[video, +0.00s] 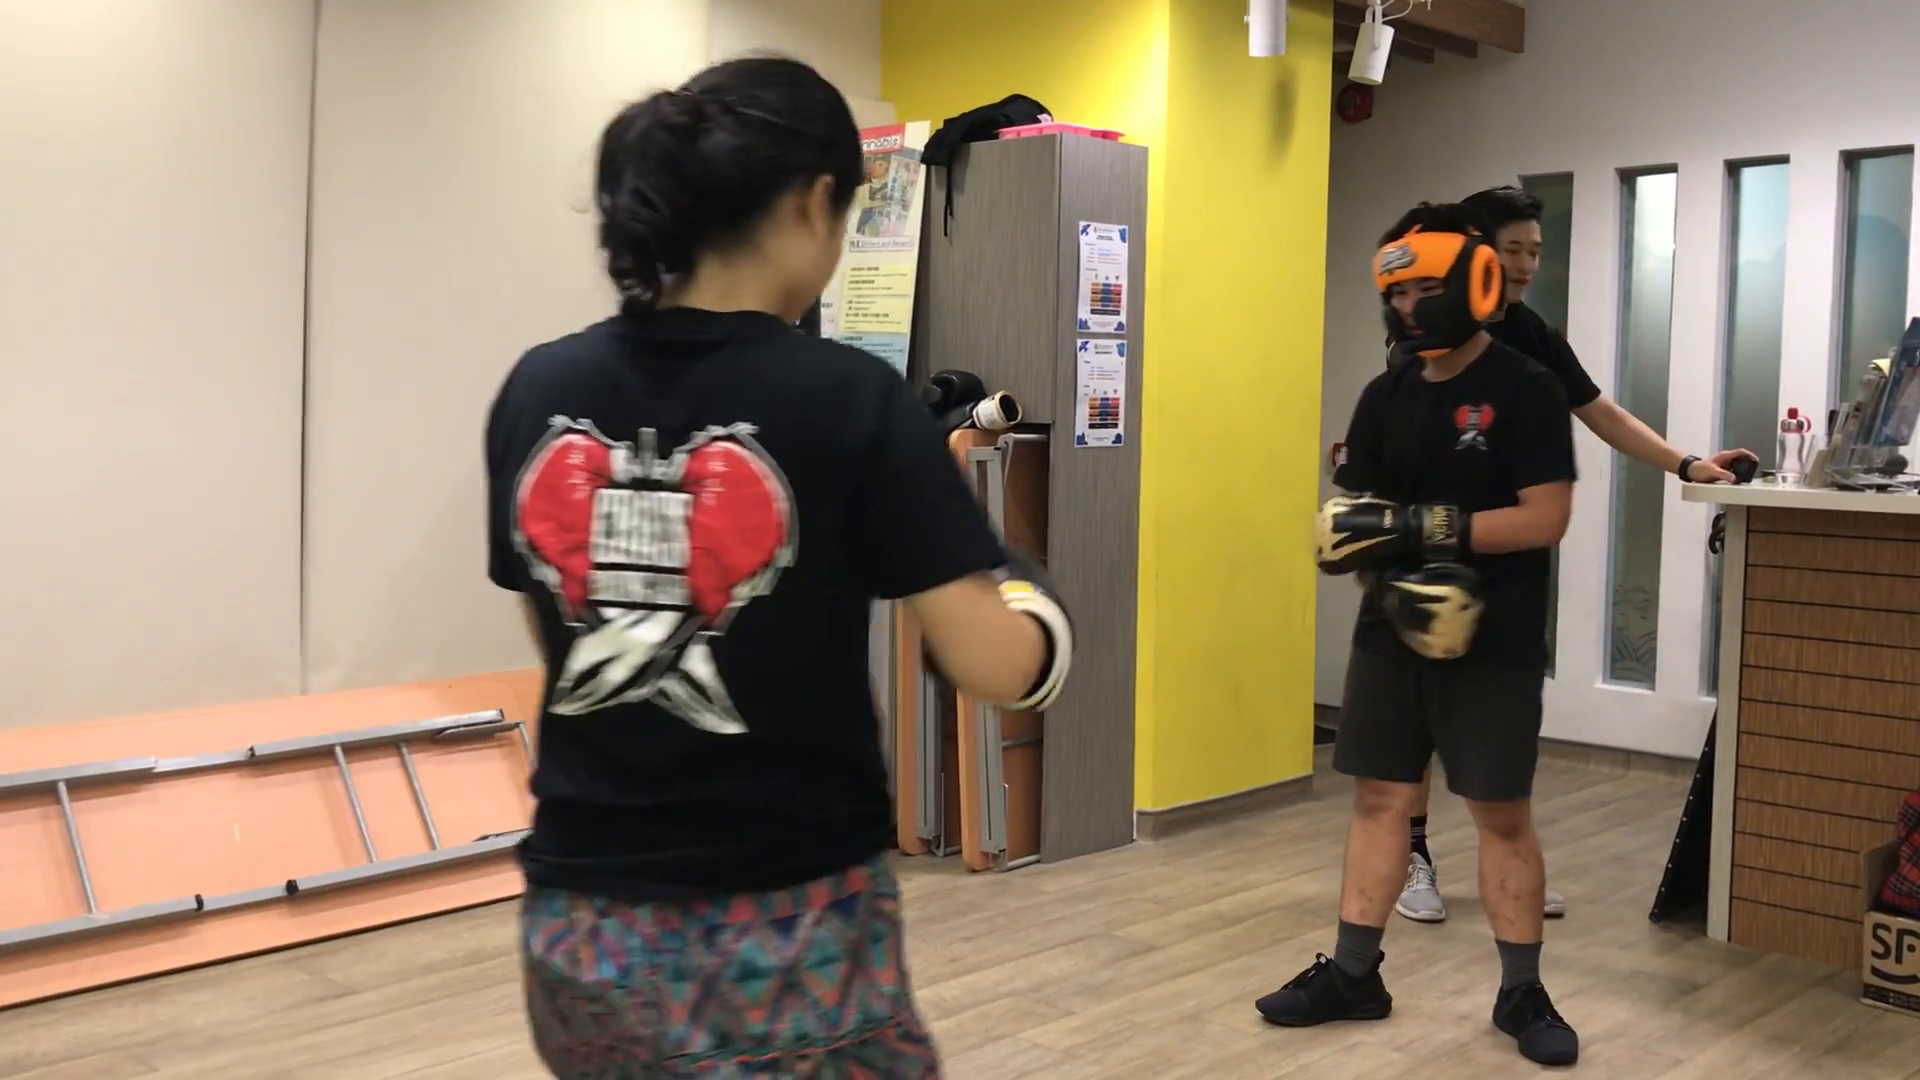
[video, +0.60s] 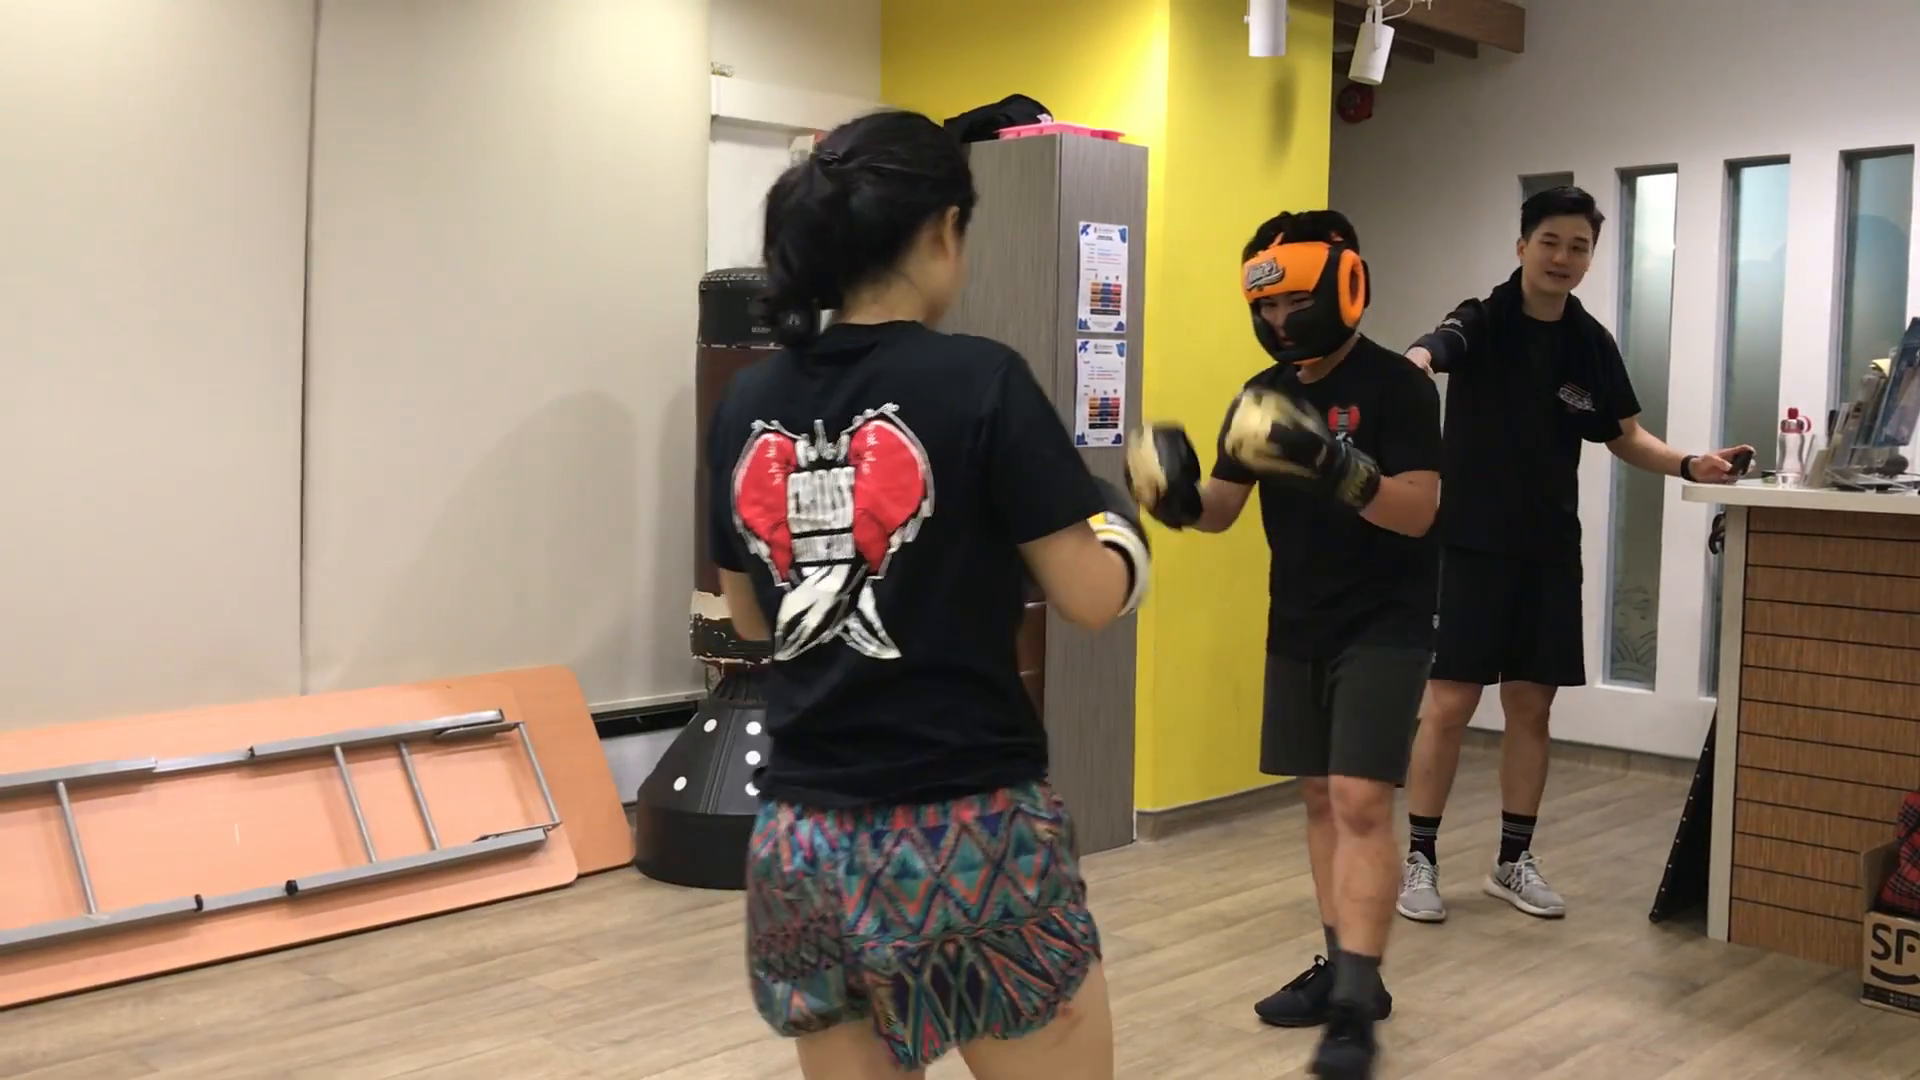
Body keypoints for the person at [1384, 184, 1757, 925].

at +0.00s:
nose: (1529, 266)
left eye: (1535, 252)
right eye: (1516, 252)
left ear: (1534, 256)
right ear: (1473, 253)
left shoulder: (1535, 339)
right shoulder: (1424, 345)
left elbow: (1607, 418)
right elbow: (1389, 435)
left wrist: (1686, 464)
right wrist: (1363, 475)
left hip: (1510, 556)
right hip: (1418, 555)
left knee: (1504, 707)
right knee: (1414, 710)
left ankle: (1511, 871)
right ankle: (1412, 855)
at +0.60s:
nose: (1563, 256)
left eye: (1578, 247)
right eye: (1551, 241)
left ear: (1591, 257)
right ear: (1522, 245)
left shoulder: (1591, 343)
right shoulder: (1479, 320)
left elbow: (1626, 437)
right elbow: (1413, 364)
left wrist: (1690, 463)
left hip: (1547, 548)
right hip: (1470, 542)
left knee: (1531, 706)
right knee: (1448, 703)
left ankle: (1515, 861)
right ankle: (1419, 859)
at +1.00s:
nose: (1605, 275)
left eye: (1612, 263)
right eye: (1595, 258)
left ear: (1611, 269)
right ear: (1552, 253)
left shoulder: (1601, 345)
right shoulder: (1488, 319)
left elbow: (1642, 438)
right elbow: (1431, 363)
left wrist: (1683, 428)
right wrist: (1464, 363)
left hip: (1562, 548)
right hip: (1486, 543)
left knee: (1538, 706)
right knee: (1463, 704)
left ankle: (1515, 860)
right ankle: (1437, 862)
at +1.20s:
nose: (1602, 275)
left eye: (1611, 265)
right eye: (1591, 260)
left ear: (1610, 269)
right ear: (1547, 251)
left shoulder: (1604, 345)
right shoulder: (1488, 326)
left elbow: (1647, 447)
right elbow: (1468, 405)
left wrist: (1658, 424)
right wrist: (1569, 399)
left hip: (1563, 549)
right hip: (1485, 543)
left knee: (1537, 707)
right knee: (1461, 704)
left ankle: (1514, 862)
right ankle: (1439, 863)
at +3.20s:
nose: (1555, 253)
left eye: (1570, 241)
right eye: (1543, 238)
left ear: (1593, 253)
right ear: (1521, 246)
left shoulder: (1601, 338)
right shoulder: (1486, 319)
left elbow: (1641, 433)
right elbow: (1478, 333)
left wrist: (1704, 461)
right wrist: (1516, 312)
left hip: (1565, 545)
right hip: (1488, 538)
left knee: (1540, 709)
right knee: (1460, 707)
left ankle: (1514, 861)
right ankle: (1436, 863)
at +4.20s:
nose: (1571, 254)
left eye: (1587, 243)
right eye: (1558, 240)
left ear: (1605, 253)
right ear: (1536, 245)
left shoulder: (1617, 340)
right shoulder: (1502, 325)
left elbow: (1641, 437)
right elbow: (1449, 412)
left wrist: (1684, 457)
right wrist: (1526, 381)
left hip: (1573, 545)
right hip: (1496, 539)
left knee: (1543, 706)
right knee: (1468, 700)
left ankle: (1515, 861)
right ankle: (1435, 861)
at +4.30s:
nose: (1577, 256)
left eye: (1593, 244)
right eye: (1565, 241)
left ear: (1613, 254)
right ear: (1543, 247)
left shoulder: (1626, 343)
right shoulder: (1502, 335)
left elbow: (1646, 439)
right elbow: (1451, 431)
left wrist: (1665, 453)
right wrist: (1505, 457)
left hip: (1577, 548)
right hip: (1499, 542)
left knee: (1545, 705)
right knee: (1468, 699)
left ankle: (1515, 861)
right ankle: (1434, 859)